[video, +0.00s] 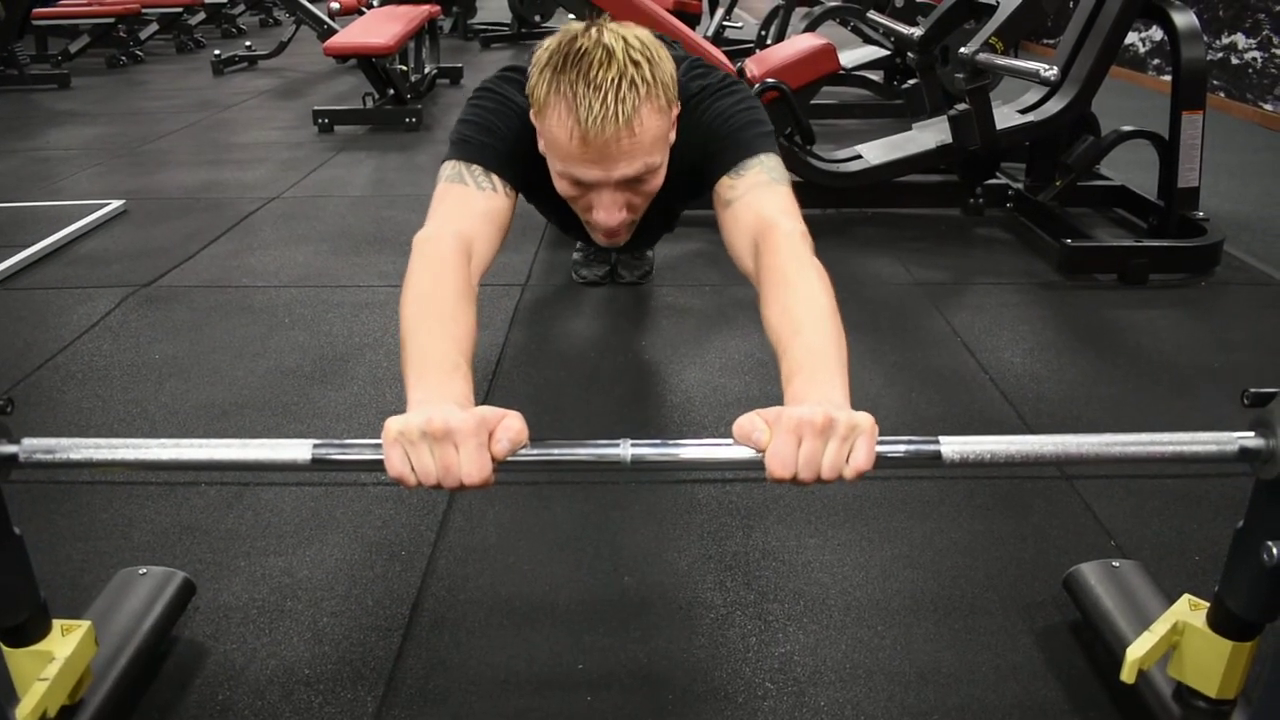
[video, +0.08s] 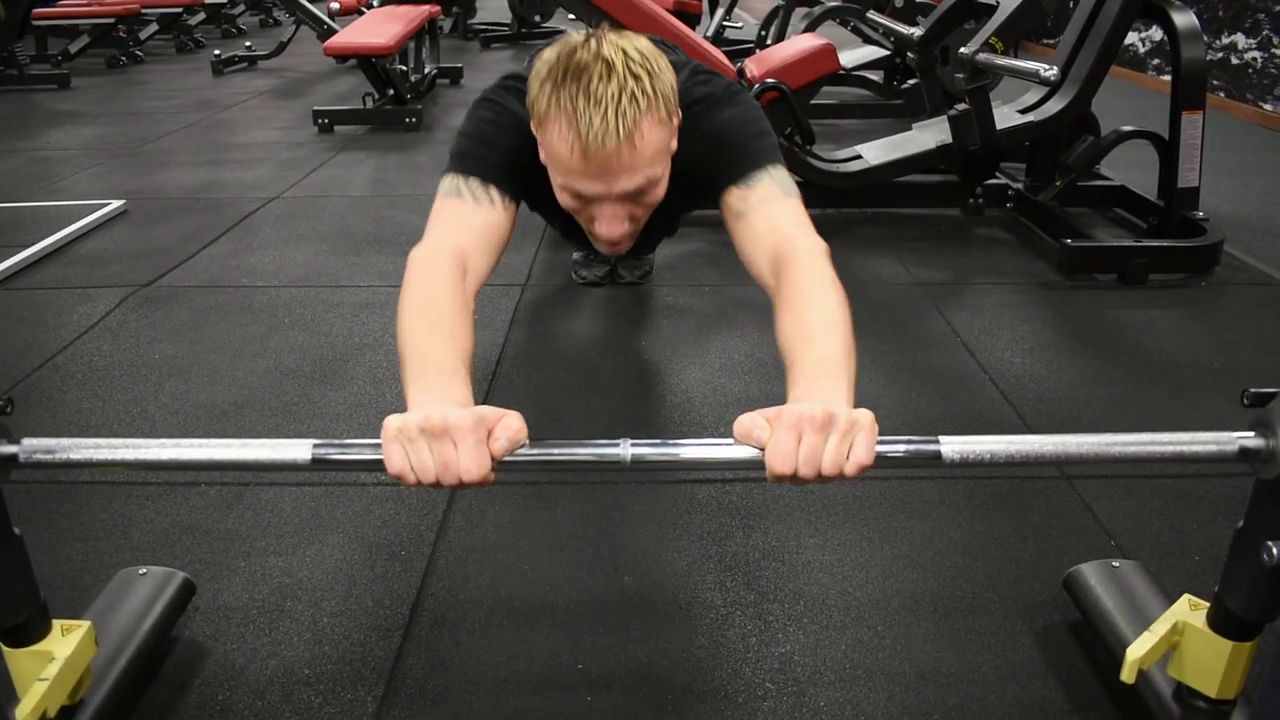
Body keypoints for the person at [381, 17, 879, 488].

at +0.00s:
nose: (610, 209)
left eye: (635, 182)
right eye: (581, 185)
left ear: (672, 127)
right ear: (540, 136)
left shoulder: (719, 106)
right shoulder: (505, 108)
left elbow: (778, 244)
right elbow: (447, 248)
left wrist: (819, 404)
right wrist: (439, 408)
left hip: (667, 201)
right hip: (561, 202)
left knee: (643, 235)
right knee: (585, 234)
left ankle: (633, 255)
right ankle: (595, 252)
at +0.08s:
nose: (614, 223)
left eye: (637, 194)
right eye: (582, 198)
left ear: (674, 138)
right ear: (542, 149)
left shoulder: (720, 115)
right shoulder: (505, 119)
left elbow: (797, 259)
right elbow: (443, 262)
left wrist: (821, 406)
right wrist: (441, 410)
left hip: (669, 203)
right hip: (568, 204)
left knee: (639, 245)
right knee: (586, 240)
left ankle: (634, 258)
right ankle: (595, 254)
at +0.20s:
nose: (617, 262)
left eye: (642, 230)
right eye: (586, 232)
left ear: (677, 165)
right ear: (546, 169)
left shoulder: (727, 141)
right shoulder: (507, 141)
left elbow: (816, 298)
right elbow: (433, 296)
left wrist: (822, 408)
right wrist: (438, 409)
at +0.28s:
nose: (620, 298)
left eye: (647, 268)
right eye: (592, 270)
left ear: (682, 195)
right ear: (551, 204)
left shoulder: (736, 176)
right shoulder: (509, 172)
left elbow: (811, 333)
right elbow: (435, 328)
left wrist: (822, 407)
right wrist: (440, 411)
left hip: (669, 84)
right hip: (546, 83)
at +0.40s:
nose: (624, 365)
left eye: (650, 337)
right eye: (598, 339)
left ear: (687, 262)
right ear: (555, 271)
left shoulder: (734, 219)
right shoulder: (511, 223)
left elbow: (816, 394)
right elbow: (434, 396)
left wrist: (816, 426)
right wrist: (439, 422)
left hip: (673, 112)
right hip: (557, 110)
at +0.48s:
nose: (627, 409)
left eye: (651, 380)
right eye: (600, 382)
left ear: (691, 300)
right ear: (558, 318)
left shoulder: (739, 258)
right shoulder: (516, 256)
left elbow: (837, 501)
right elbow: (433, 498)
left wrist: (818, 458)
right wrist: (443, 452)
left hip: (674, 132)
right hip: (556, 133)